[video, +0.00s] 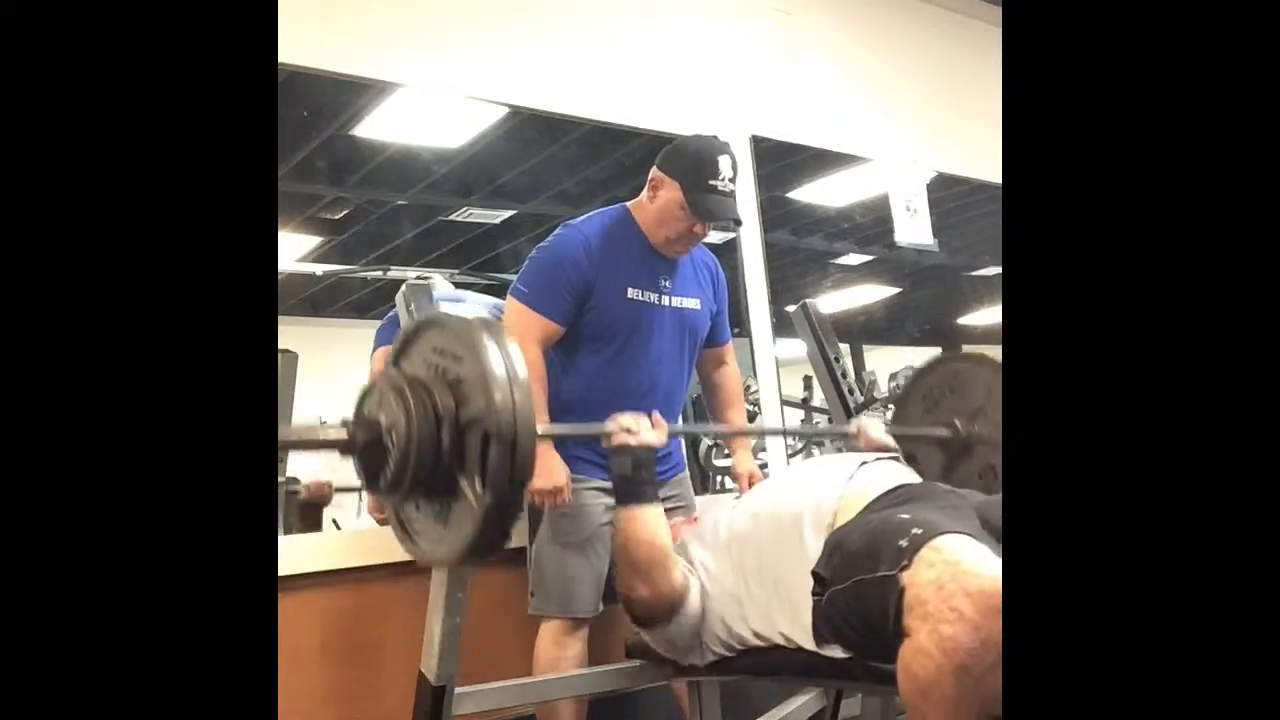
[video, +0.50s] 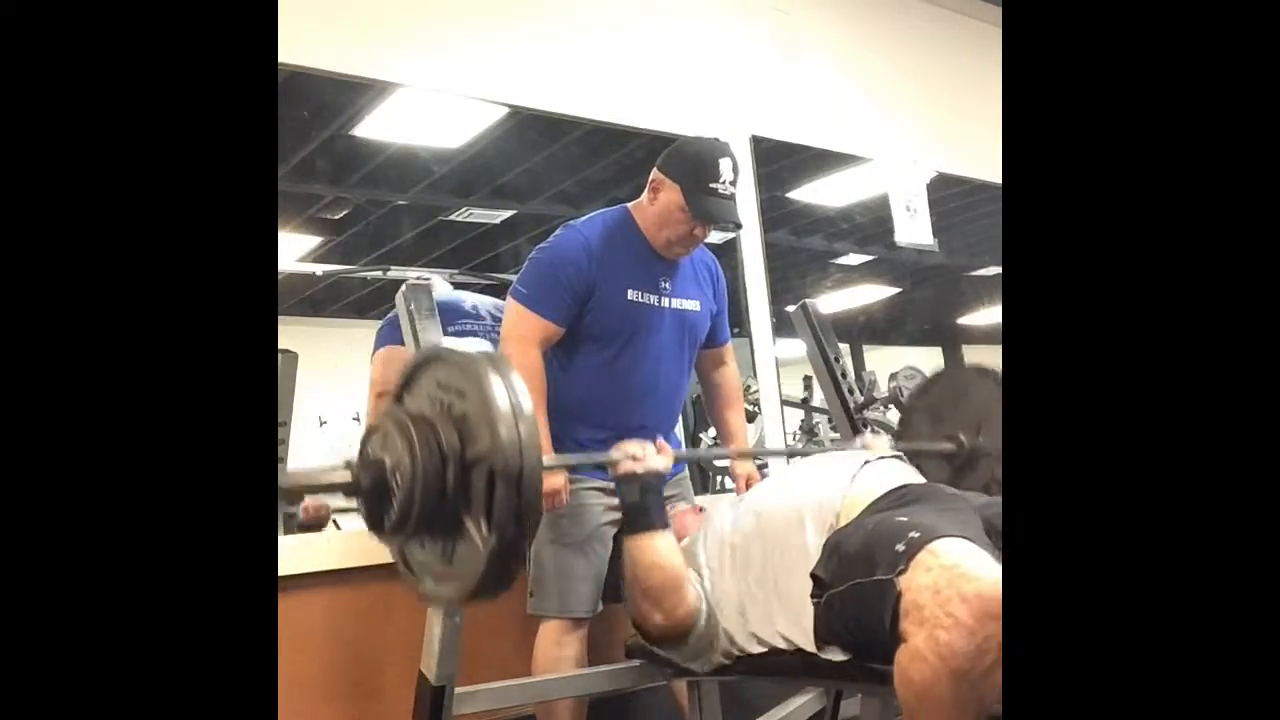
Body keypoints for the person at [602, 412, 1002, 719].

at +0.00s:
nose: (667, 509)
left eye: (666, 503)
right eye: (652, 518)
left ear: (681, 505)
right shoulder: (684, 605)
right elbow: (648, 588)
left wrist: (877, 449)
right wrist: (632, 465)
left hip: (942, 495)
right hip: (861, 529)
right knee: (974, 600)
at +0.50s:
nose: (680, 505)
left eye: (680, 500)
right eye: (667, 512)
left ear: (698, 504)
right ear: (660, 545)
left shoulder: (753, 506)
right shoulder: (689, 593)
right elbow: (662, 613)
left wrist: (872, 451)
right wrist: (641, 493)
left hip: (934, 493)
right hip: (863, 529)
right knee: (975, 609)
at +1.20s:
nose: (672, 509)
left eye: (670, 503)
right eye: (658, 516)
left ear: (683, 503)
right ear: (644, 557)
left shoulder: (767, 510)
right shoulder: (683, 600)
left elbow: (878, 483)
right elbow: (641, 550)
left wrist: (862, 431)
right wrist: (627, 434)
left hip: (940, 499)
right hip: (858, 533)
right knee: (975, 592)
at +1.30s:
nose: (674, 508)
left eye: (671, 501)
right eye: (655, 515)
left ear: (685, 501)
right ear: (640, 562)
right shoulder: (685, 597)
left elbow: (879, 475)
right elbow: (641, 541)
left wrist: (862, 413)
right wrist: (622, 416)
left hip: (944, 488)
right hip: (862, 528)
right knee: (976, 589)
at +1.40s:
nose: (677, 509)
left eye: (673, 504)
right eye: (663, 516)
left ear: (684, 505)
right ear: (637, 558)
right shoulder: (680, 597)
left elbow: (884, 483)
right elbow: (645, 549)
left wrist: (865, 419)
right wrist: (626, 429)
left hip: (939, 497)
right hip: (851, 533)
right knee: (974, 589)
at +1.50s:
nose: (675, 509)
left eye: (670, 504)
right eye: (657, 517)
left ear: (684, 507)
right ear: (639, 568)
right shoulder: (681, 606)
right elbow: (654, 580)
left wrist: (869, 441)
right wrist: (628, 455)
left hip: (940, 496)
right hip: (854, 530)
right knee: (971, 595)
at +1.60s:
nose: (678, 506)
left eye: (677, 503)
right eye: (664, 518)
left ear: (696, 507)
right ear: (654, 544)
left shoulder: (757, 504)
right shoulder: (685, 587)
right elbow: (658, 610)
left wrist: (872, 453)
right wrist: (636, 493)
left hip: (946, 498)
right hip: (863, 531)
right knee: (971, 601)